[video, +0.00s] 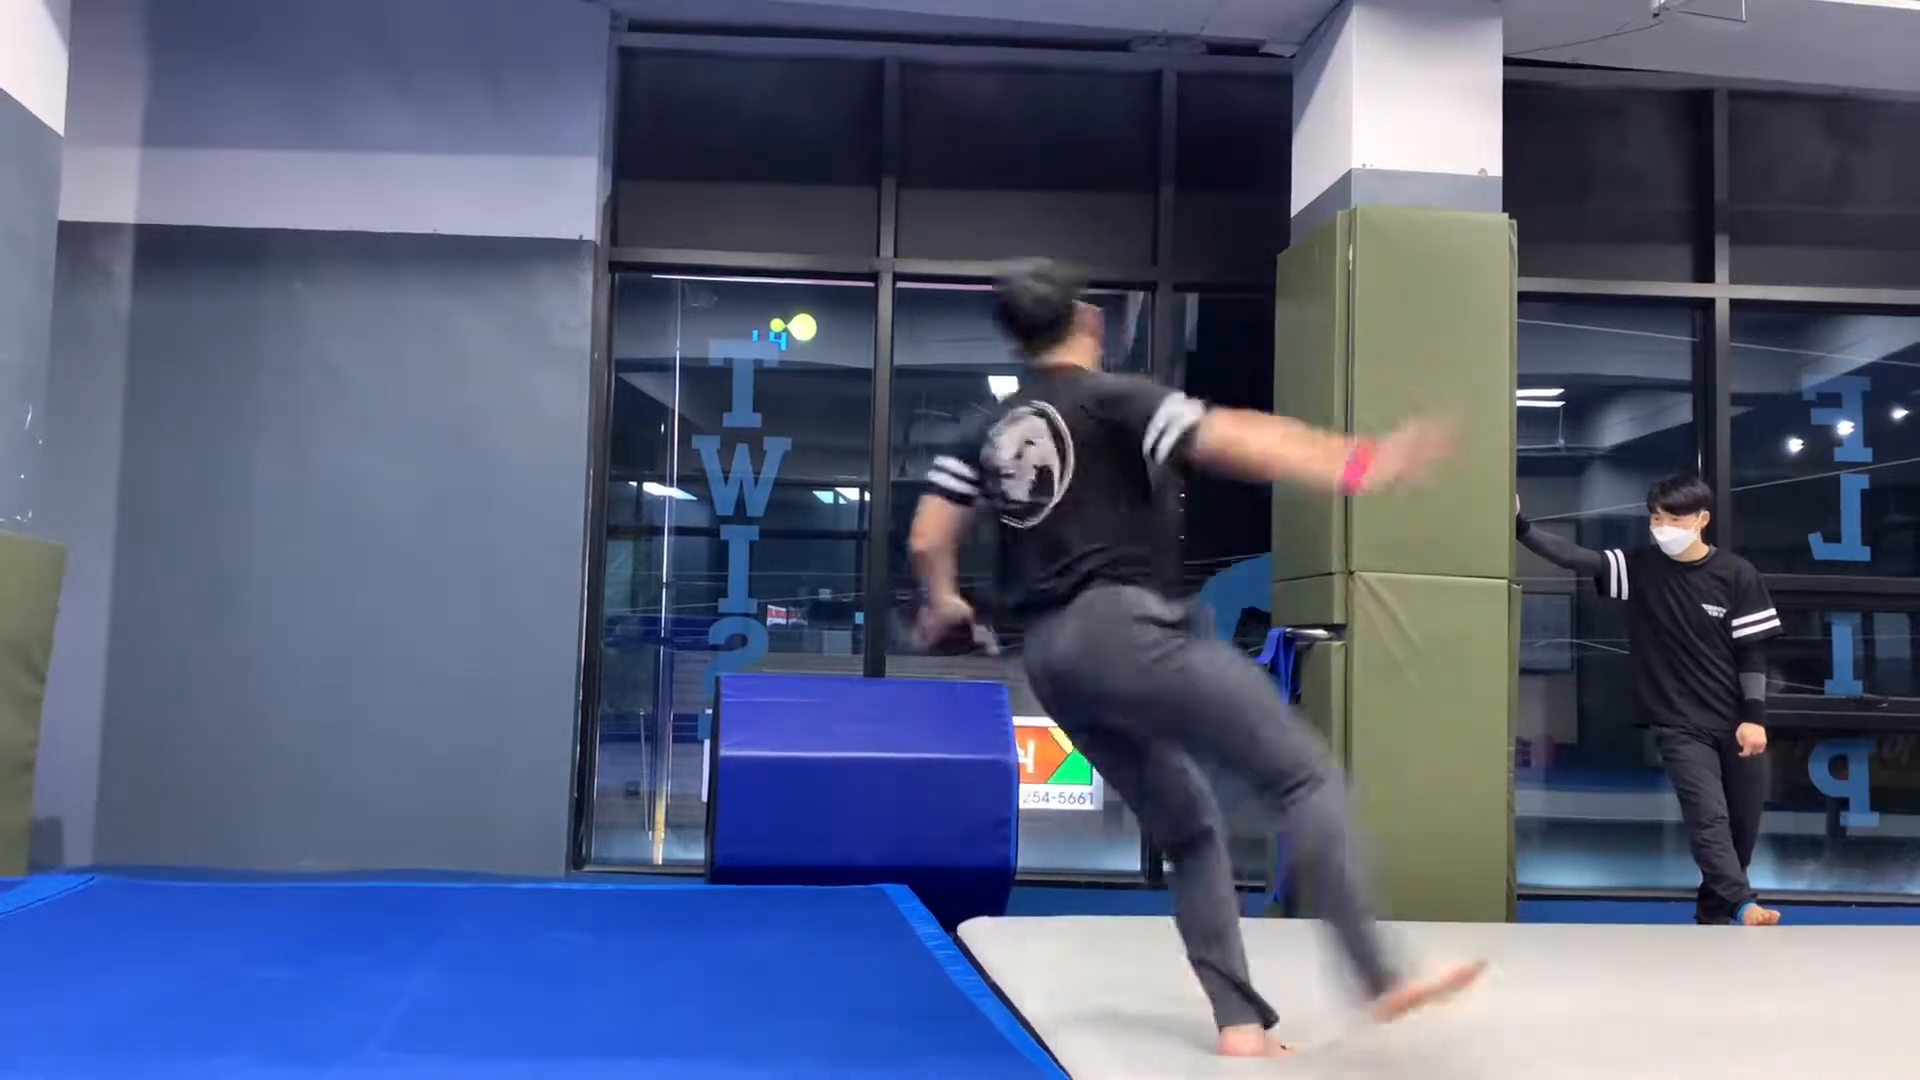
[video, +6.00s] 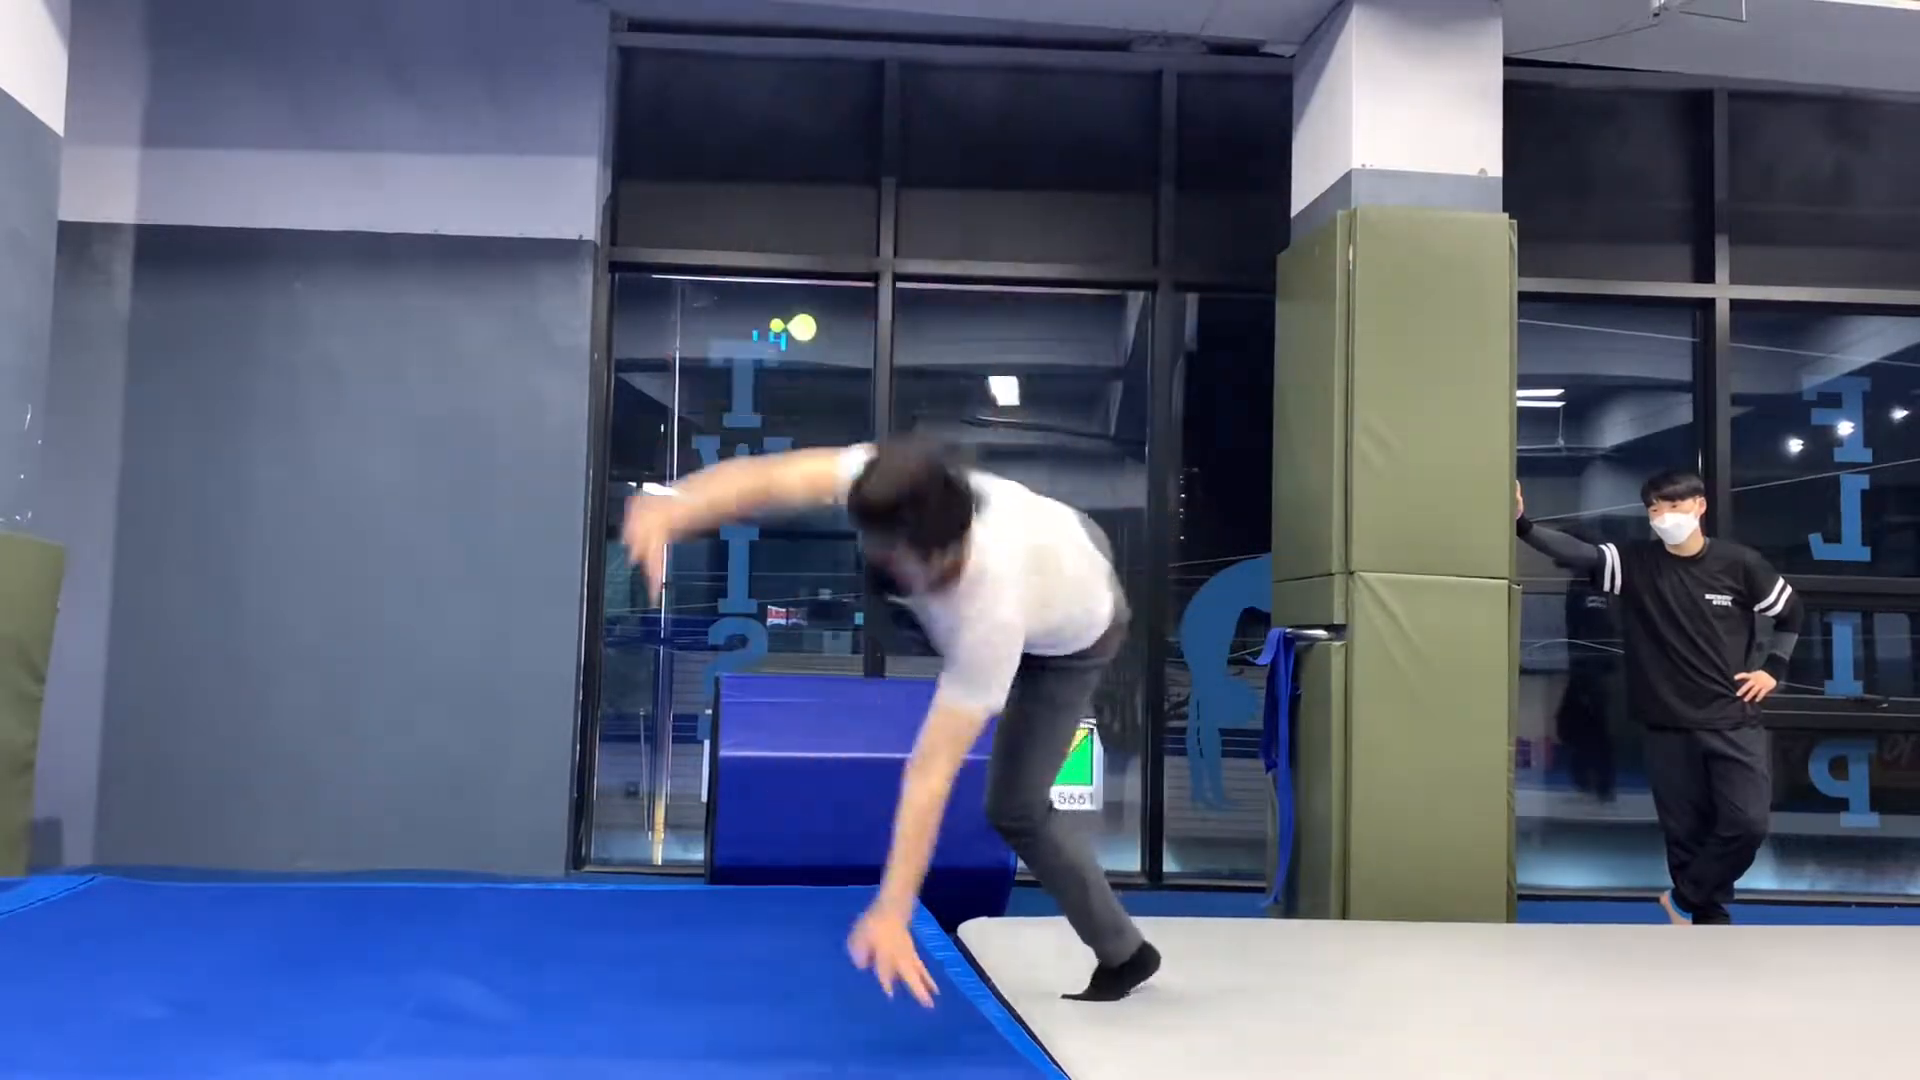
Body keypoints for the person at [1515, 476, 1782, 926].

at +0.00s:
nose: (1657, 529)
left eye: (1668, 522)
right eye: (1654, 520)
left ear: (1700, 521)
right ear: (1650, 517)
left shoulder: (1737, 575)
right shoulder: (1640, 566)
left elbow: (1751, 653)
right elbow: (1577, 557)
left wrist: (1753, 717)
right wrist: (1522, 527)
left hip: (1734, 720)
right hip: (1678, 720)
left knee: (1744, 823)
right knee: (1707, 813)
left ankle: (1711, 912)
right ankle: (1743, 904)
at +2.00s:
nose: (1671, 523)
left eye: (1681, 512)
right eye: (1664, 516)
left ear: (1710, 513)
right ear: (1658, 522)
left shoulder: (1756, 569)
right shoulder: (1650, 571)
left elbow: (1781, 644)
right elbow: (1588, 568)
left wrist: (1790, 707)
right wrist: (1525, 543)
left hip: (1767, 724)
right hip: (1704, 727)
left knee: (1776, 829)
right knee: (1725, 819)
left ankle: (1760, 901)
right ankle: (1746, 907)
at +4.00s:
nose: (1671, 523)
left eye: (1682, 513)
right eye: (1665, 515)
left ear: (1711, 513)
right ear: (1659, 521)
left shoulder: (1755, 568)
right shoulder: (1649, 569)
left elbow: (1780, 643)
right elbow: (1588, 567)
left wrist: (1790, 706)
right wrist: (1525, 543)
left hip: (1765, 722)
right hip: (1703, 725)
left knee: (1775, 826)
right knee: (1725, 817)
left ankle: (1760, 897)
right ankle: (1746, 906)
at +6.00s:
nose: (1664, 512)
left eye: (1675, 502)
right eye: (1656, 505)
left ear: (1700, 506)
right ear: (1648, 512)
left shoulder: (1740, 564)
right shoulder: (1634, 561)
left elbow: (1790, 614)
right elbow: (1576, 553)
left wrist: (1772, 670)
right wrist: (1523, 525)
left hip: (1732, 719)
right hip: (1668, 724)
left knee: (1748, 824)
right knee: (1684, 834)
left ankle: (1683, 901)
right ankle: (1717, 932)